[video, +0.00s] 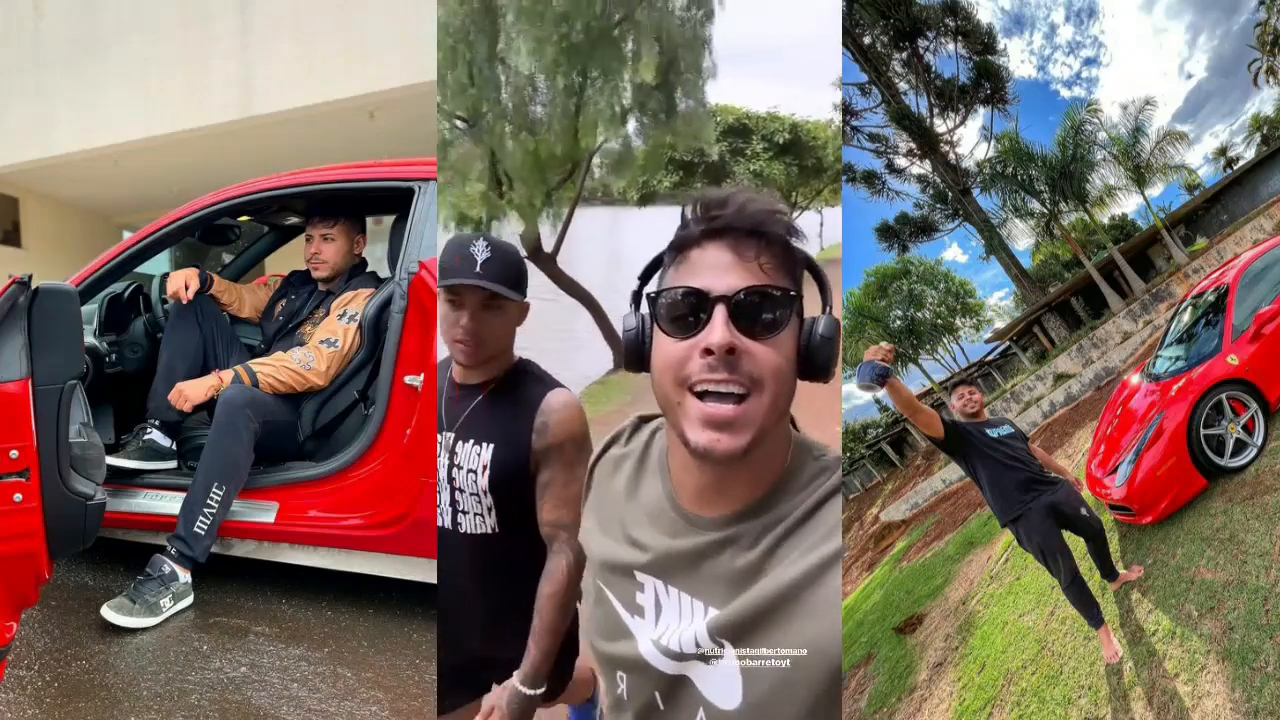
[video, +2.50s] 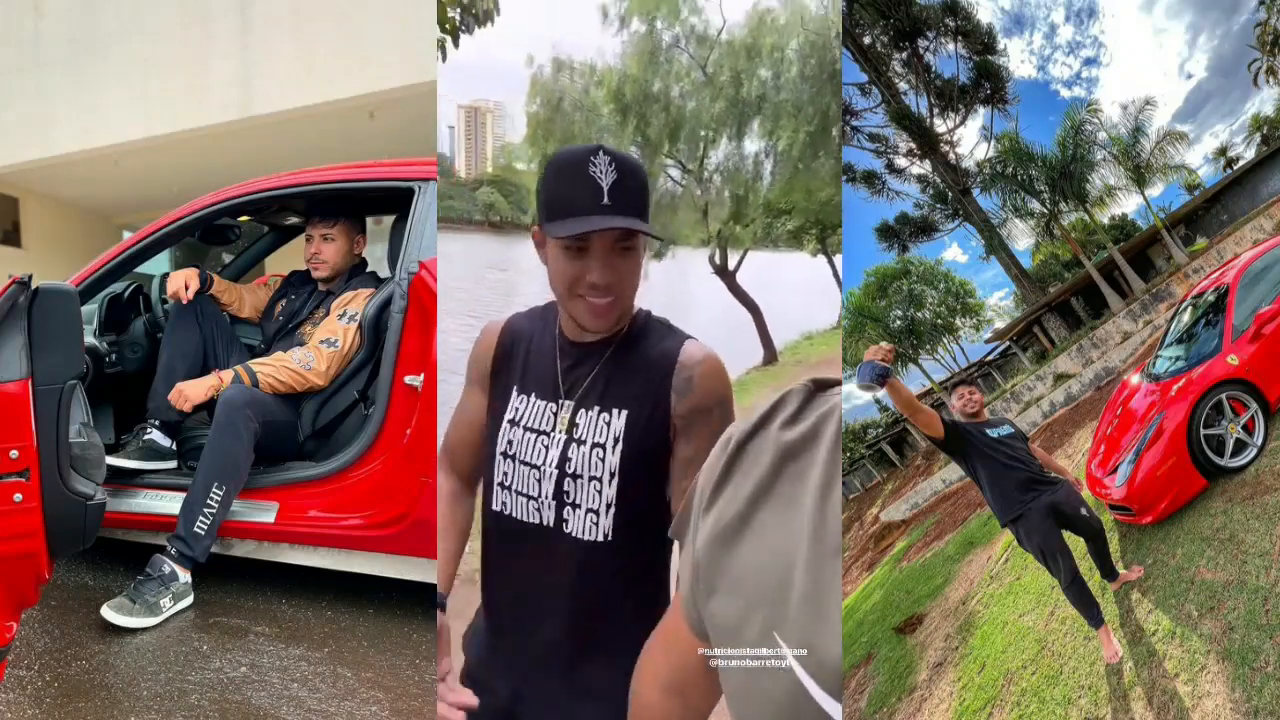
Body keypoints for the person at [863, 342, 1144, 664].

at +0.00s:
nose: (967, 397)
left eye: (971, 392)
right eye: (959, 397)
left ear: (983, 398)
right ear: (953, 410)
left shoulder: (1003, 424)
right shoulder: (957, 436)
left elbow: (1037, 454)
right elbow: (916, 412)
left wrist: (1067, 476)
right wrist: (885, 375)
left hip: (1051, 489)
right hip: (1021, 512)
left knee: (1094, 528)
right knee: (1066, 571)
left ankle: (1113, 576)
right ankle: (1101, 629)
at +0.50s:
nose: (967, 397)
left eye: (971, 392)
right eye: (959, 397)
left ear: (983, 398)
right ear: (953, 410)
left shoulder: (1003, 423)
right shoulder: (956, 436)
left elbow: (1037, 454)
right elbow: (916, 412)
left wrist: (1068, 475)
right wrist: (885, 373)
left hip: (1052, 489)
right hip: (1022, 512)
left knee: (1094, 528)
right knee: (1066, 571)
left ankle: (1114, 576)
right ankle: (1101, 628)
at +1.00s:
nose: (967, 397)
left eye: (972, 392)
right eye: (959, 397)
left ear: (983, 398)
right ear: (952, 410)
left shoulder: (1003, 423)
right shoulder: (957, 436)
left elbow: (1036, 453)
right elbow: (917, 413)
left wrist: (1067, 475)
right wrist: (885, 375)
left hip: (1051, 489)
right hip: (1022, 512)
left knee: (1093, 528)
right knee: (1066, 572)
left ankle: (1114, 576)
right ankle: (1101, 628)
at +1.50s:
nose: (967, 396)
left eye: (971, 391)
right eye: (959, 397)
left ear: (983, 398)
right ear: (953, 411)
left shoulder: (1004, 424)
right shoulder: (956, 436)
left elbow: (1037, 453)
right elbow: (916, 412)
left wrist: (1067, 475)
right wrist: (885, 373)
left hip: (1052, 489)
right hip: (1022, 512)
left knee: (1094, 528)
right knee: (1066, 573)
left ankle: (1114, 576)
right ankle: (1101, 628)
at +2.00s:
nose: (967, 397)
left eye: (971, 392)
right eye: (959, 398)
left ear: (983, 398)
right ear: (953, 411)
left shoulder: (1004, 424)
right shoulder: (957, 436)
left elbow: (1037, 454)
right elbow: (916, 412)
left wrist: (1068, 475)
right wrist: (885, 374)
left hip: (1051, 489)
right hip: (1022, 512)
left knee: (1093, 528)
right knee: (1066, 572)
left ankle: (1114, 576)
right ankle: (1101, 628)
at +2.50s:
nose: (967, 397)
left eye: (971, 392)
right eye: (959, 397)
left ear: (983, 398)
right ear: (953, 410)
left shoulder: (1003, 424)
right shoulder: (957, 436)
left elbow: (1037, 454)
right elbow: (916, 412)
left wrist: (1067, 476)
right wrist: (885, 375)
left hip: (1051, 489)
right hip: (1021, 512)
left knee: (1094, 528)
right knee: (1066, 572)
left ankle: (1113, 576)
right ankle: (1101, 629)